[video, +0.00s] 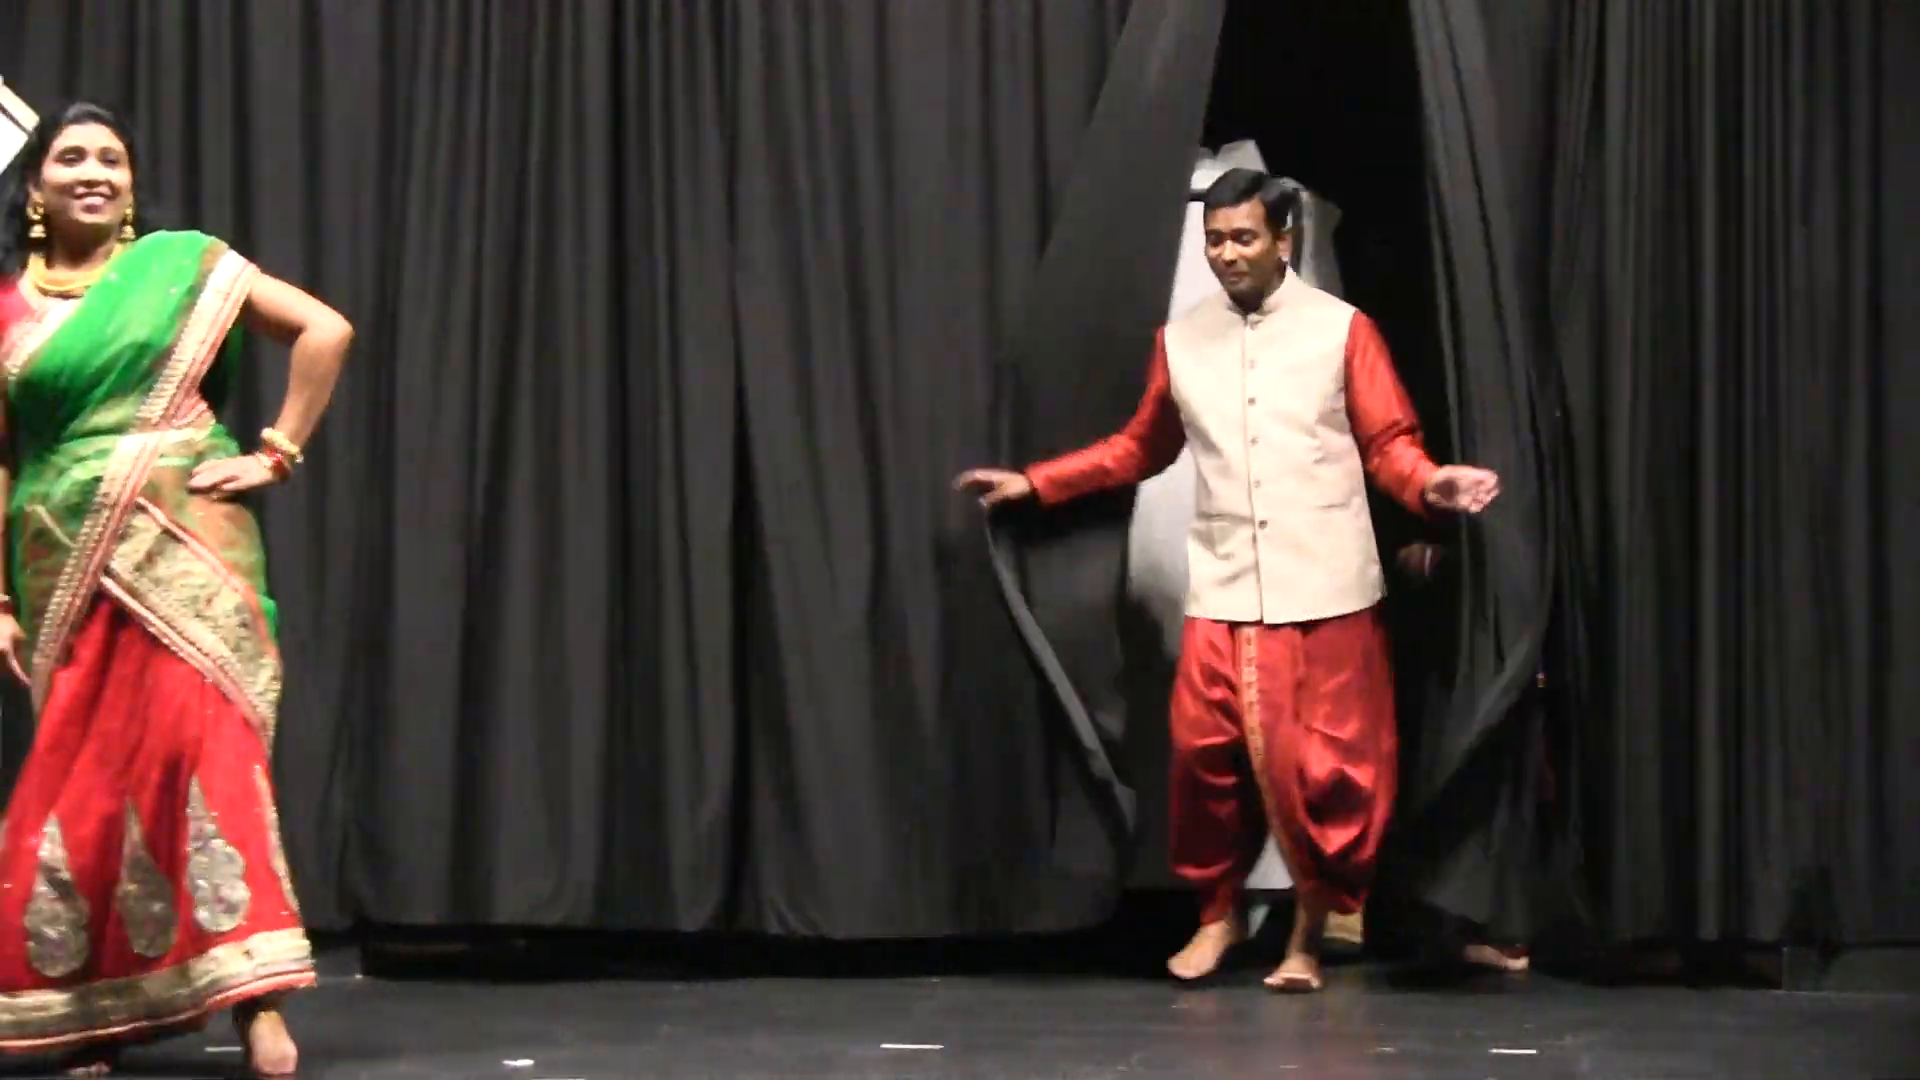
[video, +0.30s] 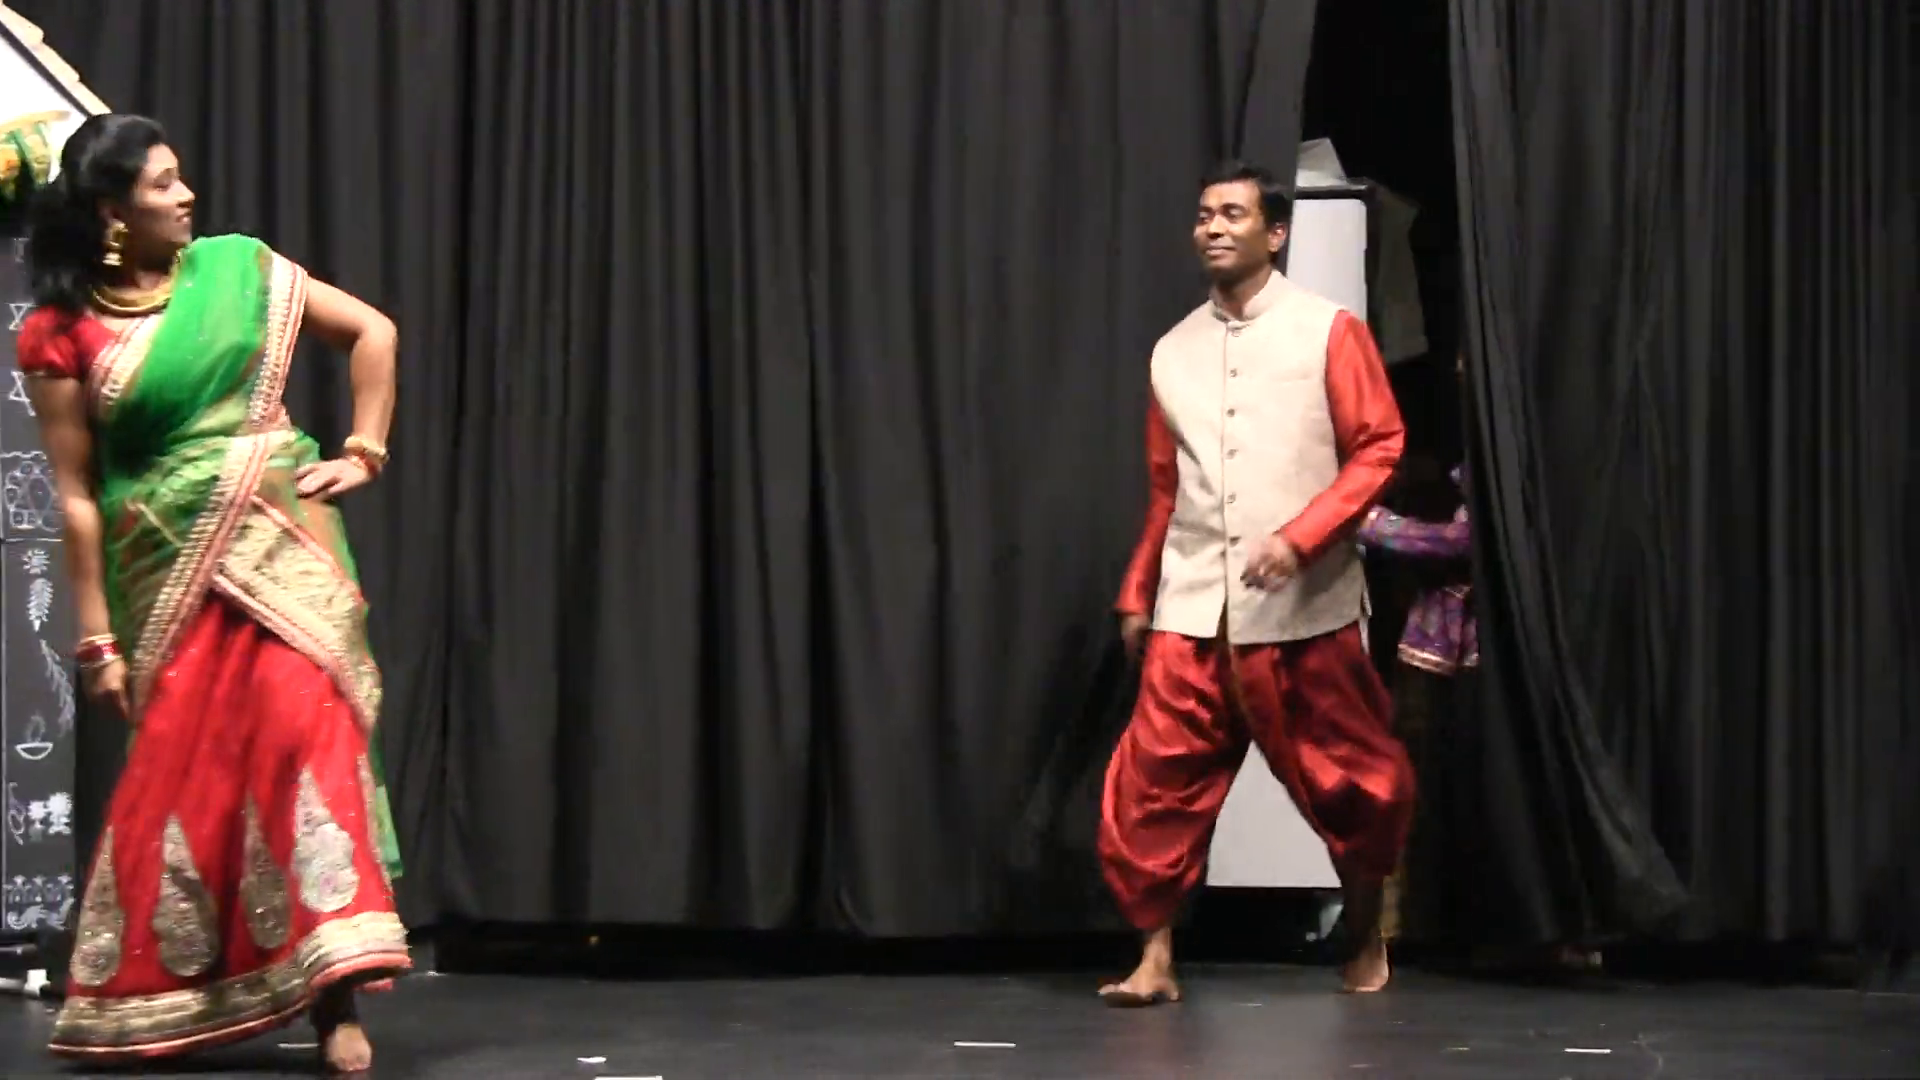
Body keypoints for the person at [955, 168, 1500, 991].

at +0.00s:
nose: (1228, 254)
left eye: (1242, 239)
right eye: (1216, 241)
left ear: (1283, 238)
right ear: (1206, 246)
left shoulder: (1343, 329)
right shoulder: (1182, 340)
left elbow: (1390, 440)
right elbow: (1141, 449)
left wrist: (1428, 482)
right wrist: (1034, 482)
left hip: (1323, 585)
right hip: (1222, 586)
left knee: (1315, 765)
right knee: (1203, 753)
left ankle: (1304, 939)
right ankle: (1219, 919)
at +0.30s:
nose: (1213, 228)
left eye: (1231, 215)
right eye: (1205, 216)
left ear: (1274, 233)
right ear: (1193, 234)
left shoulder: (1330, 331)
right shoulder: (1174, 351)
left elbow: (1380, 449)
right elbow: (1165, 489)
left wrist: (1299, 537)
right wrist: (1138, 588)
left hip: (1301, 605)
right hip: (1192, 607)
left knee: (1353, 782)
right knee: (1156, 778)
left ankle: (1367, 935)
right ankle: (1155, 962)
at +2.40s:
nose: (1116, 155)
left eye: (1134, 140)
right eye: (1103, 143)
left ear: (1174, 161)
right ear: (1087, 166)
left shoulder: (1221, 282)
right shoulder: (1042, 279)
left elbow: (1250, 421)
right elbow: (1000, 414)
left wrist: (1199, 557)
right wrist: (1056, 514)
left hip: (1203, 578)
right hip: (1077, 579)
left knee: (1277, 764)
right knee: (1039, 773)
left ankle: (1324, 963)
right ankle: (1036, 963)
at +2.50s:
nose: (1113, 160)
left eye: (1131, 146)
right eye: (1101, 149)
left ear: (1170, 166)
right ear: (1087, 173)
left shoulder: (1224, 282)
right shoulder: (1048, 290)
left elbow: (1261, 417)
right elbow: (1011, 431)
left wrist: (1198, 546)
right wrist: (1026, 565)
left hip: (1200, 579)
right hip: (1074, 584)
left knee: (1273, 763)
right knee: (1043, 774)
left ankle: (1315, 956)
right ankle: (1031, 955)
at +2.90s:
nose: (1079, 230)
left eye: (1096, 219)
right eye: (1080, 219)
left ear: (1140, 239)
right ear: (1080, 235)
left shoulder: (1184, 334)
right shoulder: (1045, 328)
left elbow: (1207, 450)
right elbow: (1007, 436)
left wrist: (1164, 560)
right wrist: (1039, 530)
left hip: (1158, 571)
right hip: (1062, 573)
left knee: (1221, 720)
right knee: (1031, 724)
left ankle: (1244, 875)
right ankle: (1011, 872)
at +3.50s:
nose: (1063, 276)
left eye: (1076, 266)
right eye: (1062, 267)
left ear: (1116, 279)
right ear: (1068, 281)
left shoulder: (1164, 364)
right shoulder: (1038, 365)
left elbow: (1188, 458)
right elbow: (1007, 466)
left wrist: (1126, 524)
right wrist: (996, 560)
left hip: (1132, 569)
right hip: (1043, 571)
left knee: (1175, 701)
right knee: (1012, 704)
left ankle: (1201, 834)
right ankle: (996, 830)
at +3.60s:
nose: (1065, 275)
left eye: (1079, 265)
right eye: (1064, 266)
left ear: (1119, 278)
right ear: (1069, 280)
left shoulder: (1166, 364)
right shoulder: (1039, 363)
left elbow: (1187, 460)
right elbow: (1011, 461)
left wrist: (1131, 535)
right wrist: (1019, 553)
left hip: (1139, 572)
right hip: (1049, 575)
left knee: (1178, 700)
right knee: (1011, 701)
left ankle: (1201, 833)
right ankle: (997, 829)